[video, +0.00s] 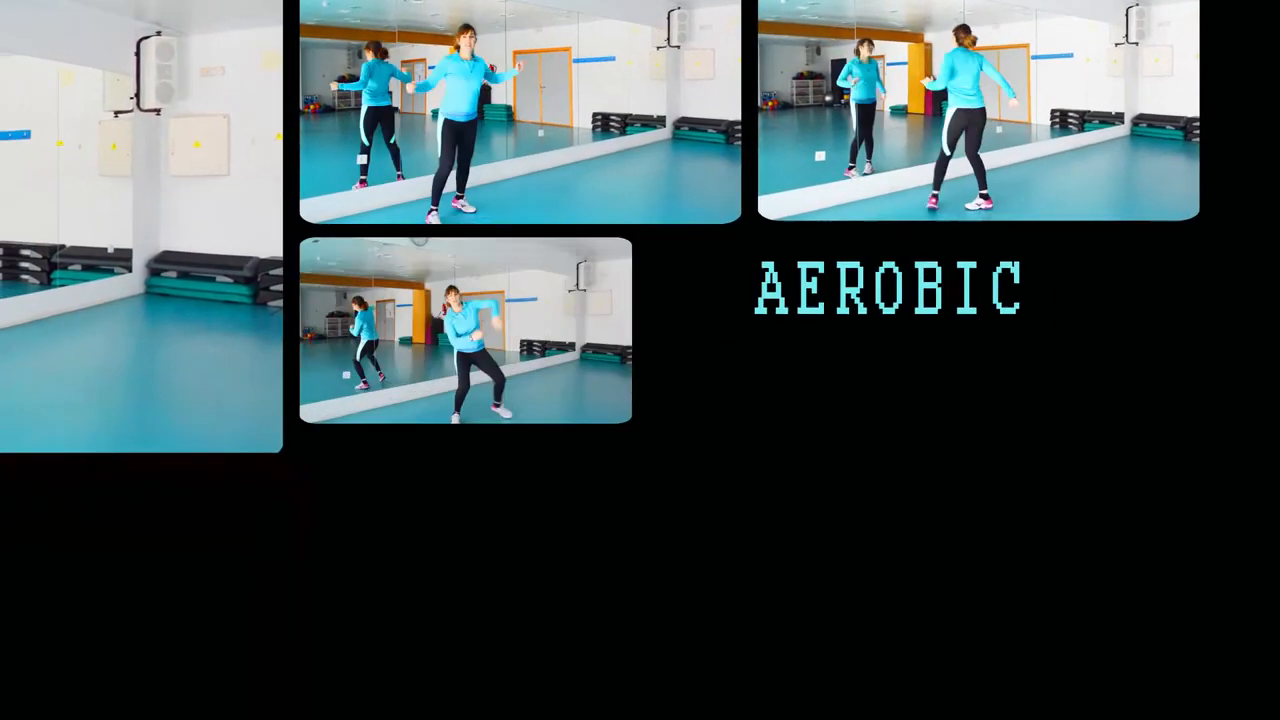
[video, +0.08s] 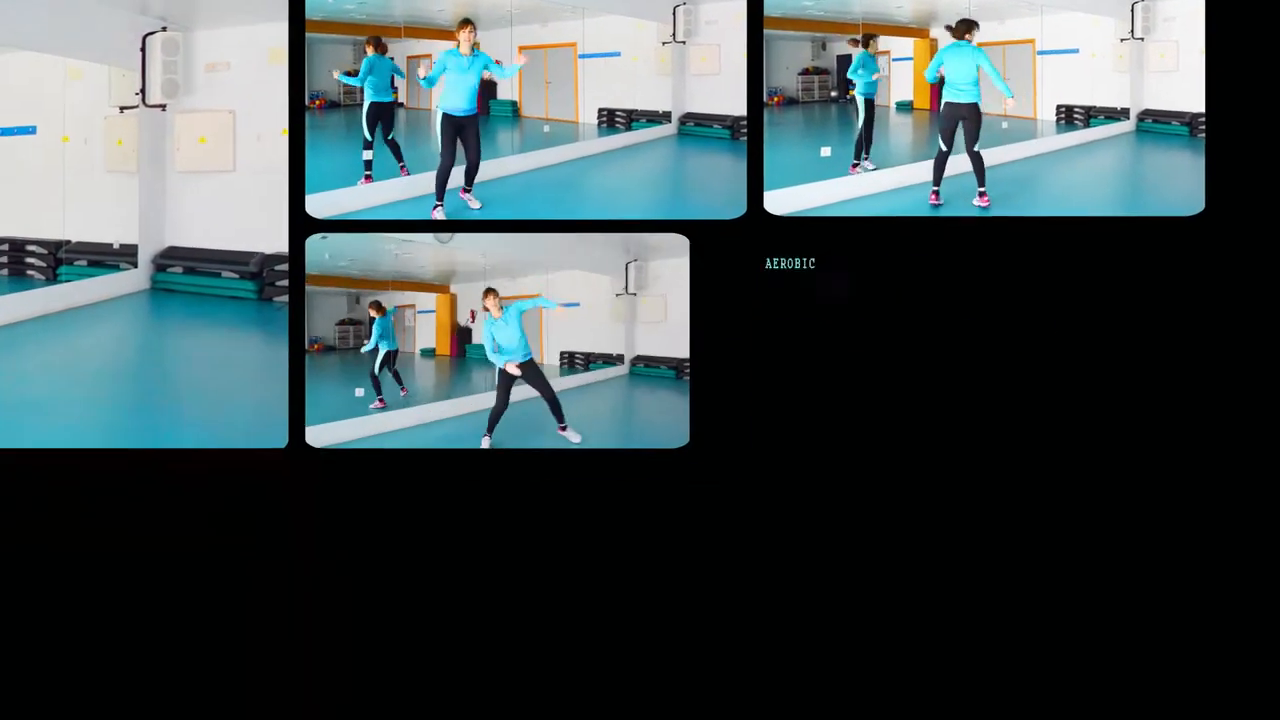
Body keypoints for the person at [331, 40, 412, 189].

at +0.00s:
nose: (366, 55)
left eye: (366, 53)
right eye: (366, 53)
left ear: (371, 52)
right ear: (379, 52)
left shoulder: (367, 66)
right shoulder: (389, 66)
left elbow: (362, 84)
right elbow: (405, 78)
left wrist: (340, 86)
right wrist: (408, 74)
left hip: (370, 108)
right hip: (386, 108)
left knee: (365, 143)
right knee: (391, 141)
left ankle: (363, 180)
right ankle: (400, 174)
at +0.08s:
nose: (366, 50)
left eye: (367, 47)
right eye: (366, 48)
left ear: (370, 47)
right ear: (379, 47)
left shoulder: (368, 60)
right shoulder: (388, 61)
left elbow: (359, 81)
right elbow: (402, 75)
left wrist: (340, 77)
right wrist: (392, 68)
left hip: (372, 103)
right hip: (388, 103)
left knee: (368, 139)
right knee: (388, 137)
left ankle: (368, 176)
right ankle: (403, 169)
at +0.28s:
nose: (367, 43)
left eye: (368, 40)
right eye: (368, 40)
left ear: (372, 40)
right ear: (382, 40)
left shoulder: (371, 54)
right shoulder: (390, 53)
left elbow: (359, 76)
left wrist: (359, 61)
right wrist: (368, 58)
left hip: (386, 92)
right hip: (400, 90)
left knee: (377, 126)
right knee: (386, 121)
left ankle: (381, 164)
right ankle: (391, 152)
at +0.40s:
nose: (369, 44)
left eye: (370, 41)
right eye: (369, 41)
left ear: (374, 41)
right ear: (384, 41)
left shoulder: (376, 56)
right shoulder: (393, 54)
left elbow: (369, 80)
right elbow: (393, 72)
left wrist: (371, 70)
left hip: (394, 91)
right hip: (406, 90)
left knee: (384, 123)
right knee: (386, 122)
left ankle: (390, 158)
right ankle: (391, 157)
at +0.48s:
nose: (371, 44)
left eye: (371, 41)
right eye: (370, 42)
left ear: (376, 41)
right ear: (386, 41)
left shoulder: (380, 56)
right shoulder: (395, 53)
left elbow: (376, 81)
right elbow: (398, 72)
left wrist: (385, 78)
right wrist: (385, 78)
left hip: (399, 89)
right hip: (410, 88)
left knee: (388, 119)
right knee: (391, 118)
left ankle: (395, 155)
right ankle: (395, 153)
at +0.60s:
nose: (374, 42)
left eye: (375, 39)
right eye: (374, 39)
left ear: (380, 38)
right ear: (389, 37)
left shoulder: (386, 51)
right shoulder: (397, 49)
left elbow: (384, 76)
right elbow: (393, 69)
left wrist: (370, 70)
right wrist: (377, 66)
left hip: (408, 86)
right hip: (416, 83)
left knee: (395, 117)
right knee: (403, 110)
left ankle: (401, 153)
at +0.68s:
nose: (376, 39)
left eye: (377, 36)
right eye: (376, 36)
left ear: (382, 35)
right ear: (388, 35)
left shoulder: (390, 48)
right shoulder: (398, 46)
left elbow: (393, 70)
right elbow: (395, 67)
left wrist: (375, 68)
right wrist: (378, 67)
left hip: (412, 83)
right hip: (419, 81)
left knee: (399, 116)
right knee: (412, 110)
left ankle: (404, 152)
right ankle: (429, 136)